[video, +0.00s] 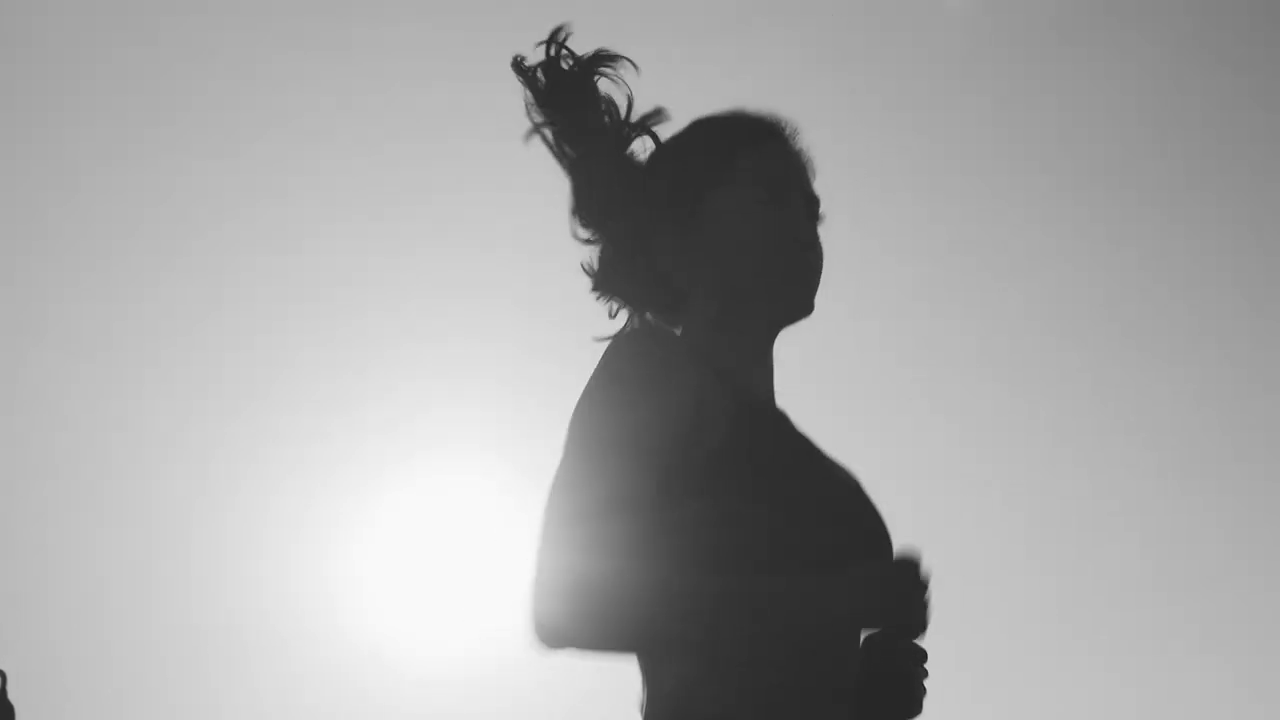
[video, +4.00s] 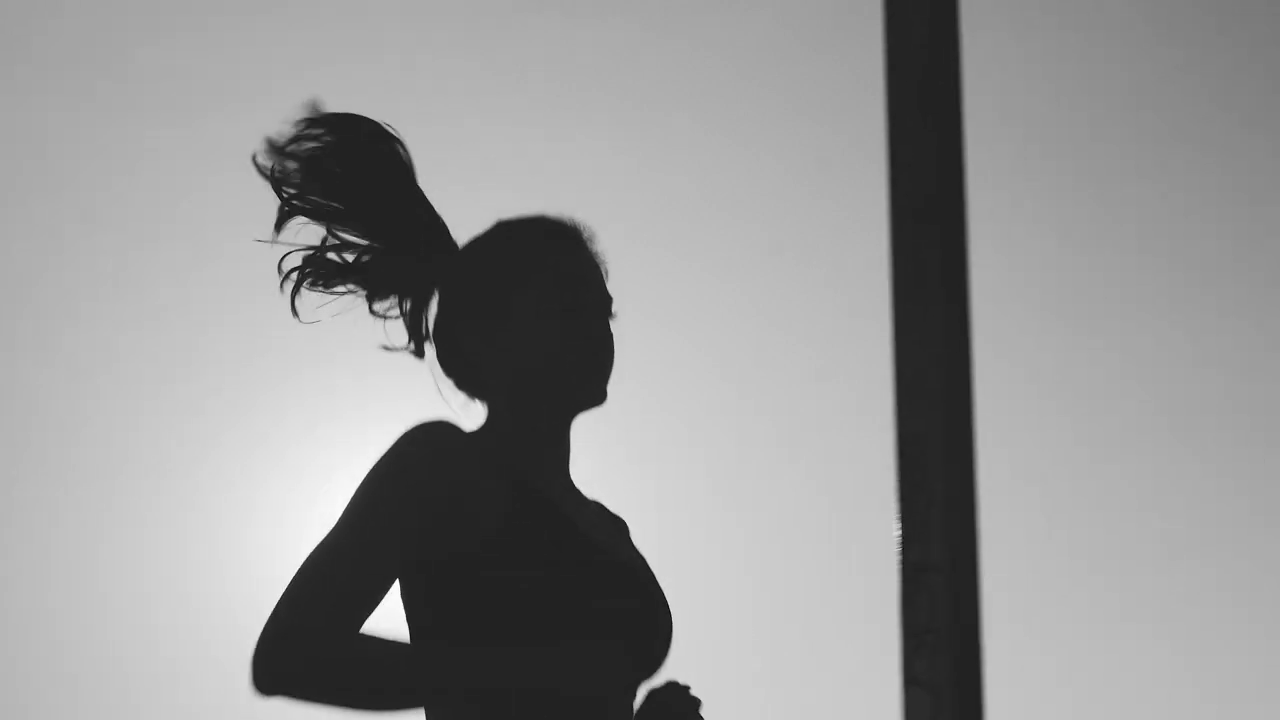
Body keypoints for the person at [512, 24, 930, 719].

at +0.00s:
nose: (814, 227)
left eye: (811, 206)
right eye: (783, 203)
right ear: (697, 232)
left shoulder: (755, 408)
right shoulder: (652, 373)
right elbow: (570, 603)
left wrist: (869, 688)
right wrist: (838, 596)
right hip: (711, 705)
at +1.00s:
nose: (617, 272)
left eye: (628, 251)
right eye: (584, 243)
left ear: (634, 282)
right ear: (505, 269)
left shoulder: (664, 460)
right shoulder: (418, 438)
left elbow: (728, 710)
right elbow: (261, 680)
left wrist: (734, 644)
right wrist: (447, 663)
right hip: (500, 714)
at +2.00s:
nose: (573, 302)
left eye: (570, 283)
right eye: (544, 278)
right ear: (460, 299)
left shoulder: (572, 512)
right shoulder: (391, 437)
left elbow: (539, 696)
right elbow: (250, 664)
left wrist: (601, 710)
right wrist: (489, 667)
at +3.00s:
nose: (521, 269)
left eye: (532, 247)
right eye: (488, 242)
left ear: (547, 276)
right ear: (416, 266)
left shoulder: (573, 455)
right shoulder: (322, 425)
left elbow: (648, 688)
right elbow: (179, 656)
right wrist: (346, 625)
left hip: (523, 708)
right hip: (376, 712)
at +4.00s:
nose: (605, 324)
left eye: (603, 306)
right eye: (573, 304)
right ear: (488, 336)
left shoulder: (606, 528)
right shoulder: (439, 459)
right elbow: (288, 658)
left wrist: (646, 706)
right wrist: (505, 673)